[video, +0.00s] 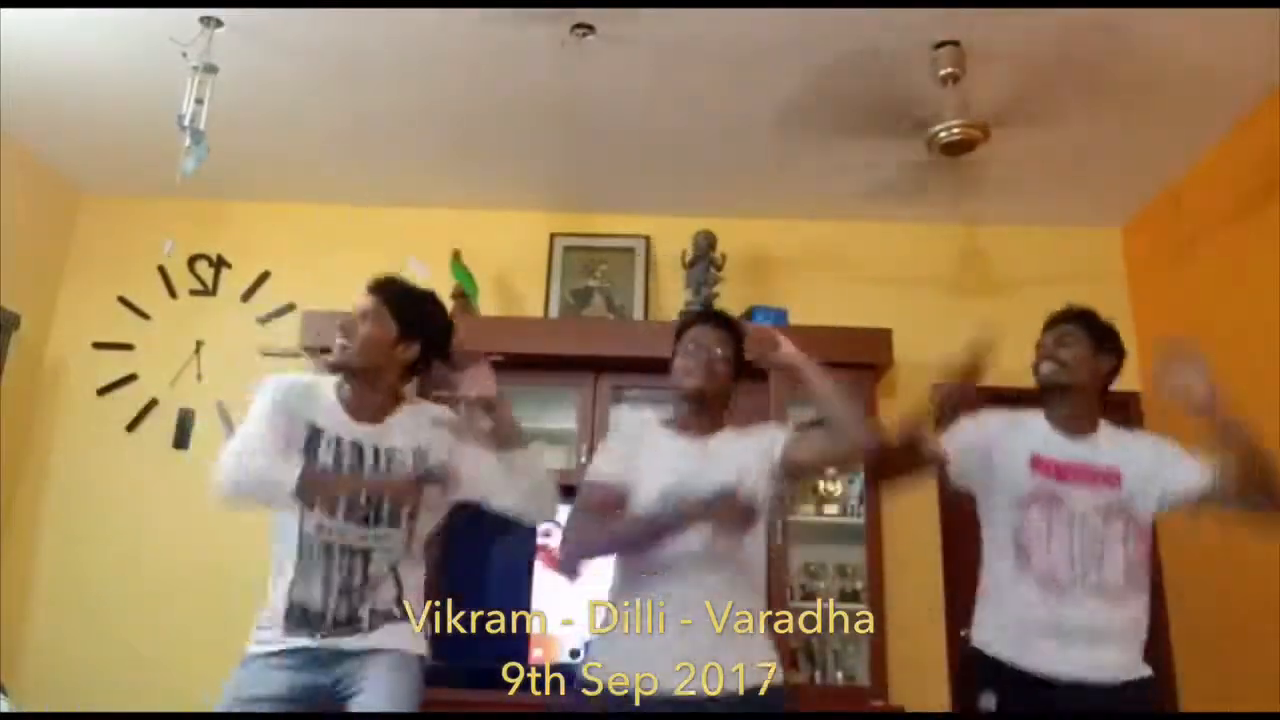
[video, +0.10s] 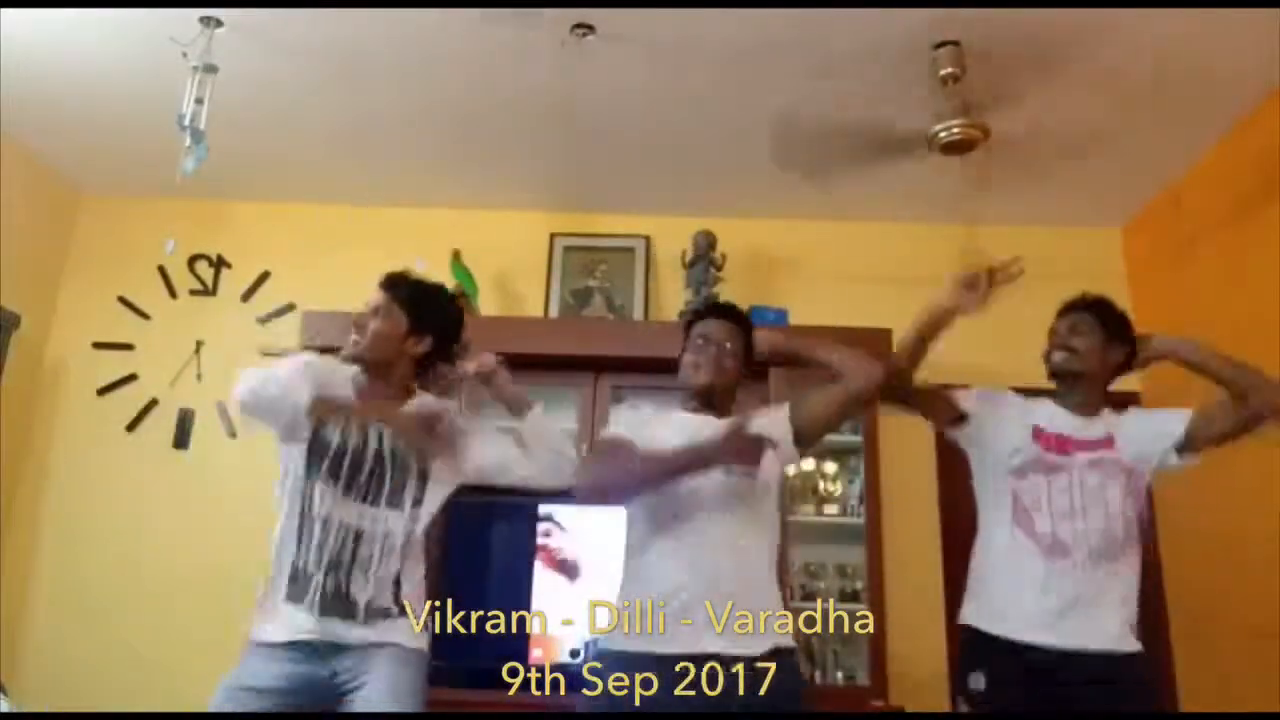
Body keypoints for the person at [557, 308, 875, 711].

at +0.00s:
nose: (700, 361)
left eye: (717, 356)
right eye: (690, 350)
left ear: (734, 376)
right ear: (672, 363)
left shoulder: (761, 445)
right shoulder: (632, 437)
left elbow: (856, 441)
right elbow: (578, 541)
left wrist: (793, 360)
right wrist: (691, 509)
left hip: (738, 679)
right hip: (632, 679)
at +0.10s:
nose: (709, 356)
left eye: (726, 349)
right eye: (700, 344)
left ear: (742, 369)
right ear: (681, 357)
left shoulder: (770, 428)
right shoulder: (638, 421)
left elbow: (868, 375)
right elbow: (592, 482)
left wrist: (781, 343)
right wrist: (712, 453)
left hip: (755, 660)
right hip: (644, 659)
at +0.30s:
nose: (720, 386)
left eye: (733, 376)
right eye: (709, 373)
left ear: (755, 385)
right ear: (690, 378)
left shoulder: (775, 444)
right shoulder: (647, 445)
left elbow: (860, 379)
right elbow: (588, 435)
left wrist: (781, 371)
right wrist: (694, 402)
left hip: (765, 674)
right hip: (655, 674)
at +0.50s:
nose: (715, 365)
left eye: (733, 361)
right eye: (707, 357)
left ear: (752, 390)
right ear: (689, 381)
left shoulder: (772, 460)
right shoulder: (645, 453)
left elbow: (871, 389)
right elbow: (580, 413)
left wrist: (772, 375)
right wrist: (657, 335)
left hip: (769, 690)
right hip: (661, 689)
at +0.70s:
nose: (714, 365)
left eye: (730, 358)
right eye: (705, 359)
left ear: (754, 381)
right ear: (691, 376)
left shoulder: (785, 450)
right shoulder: (649, 442)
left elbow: (880, 376)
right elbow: (578, 376)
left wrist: (780, 378)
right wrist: (609, 293)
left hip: (766, 691)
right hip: (655, 688)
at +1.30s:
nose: (707, 403)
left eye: (724, 395)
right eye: (702, 391)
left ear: (756, 411)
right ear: (691, 402)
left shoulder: (785, 477)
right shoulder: (651, 463)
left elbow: (892, 412)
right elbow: (571, 370)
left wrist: (788, 391)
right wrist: (558, 267)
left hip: (764, 689)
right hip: (660, 686)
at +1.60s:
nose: (731, 345)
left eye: (746, 337)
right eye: (719, 331)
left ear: (760, 352)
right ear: (695, 339)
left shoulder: (784, 416)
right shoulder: (651, 395)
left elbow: (896, 450)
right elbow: (552, 371)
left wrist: (853, 353)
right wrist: (569, 279)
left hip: (755, 640)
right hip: (650, 636)